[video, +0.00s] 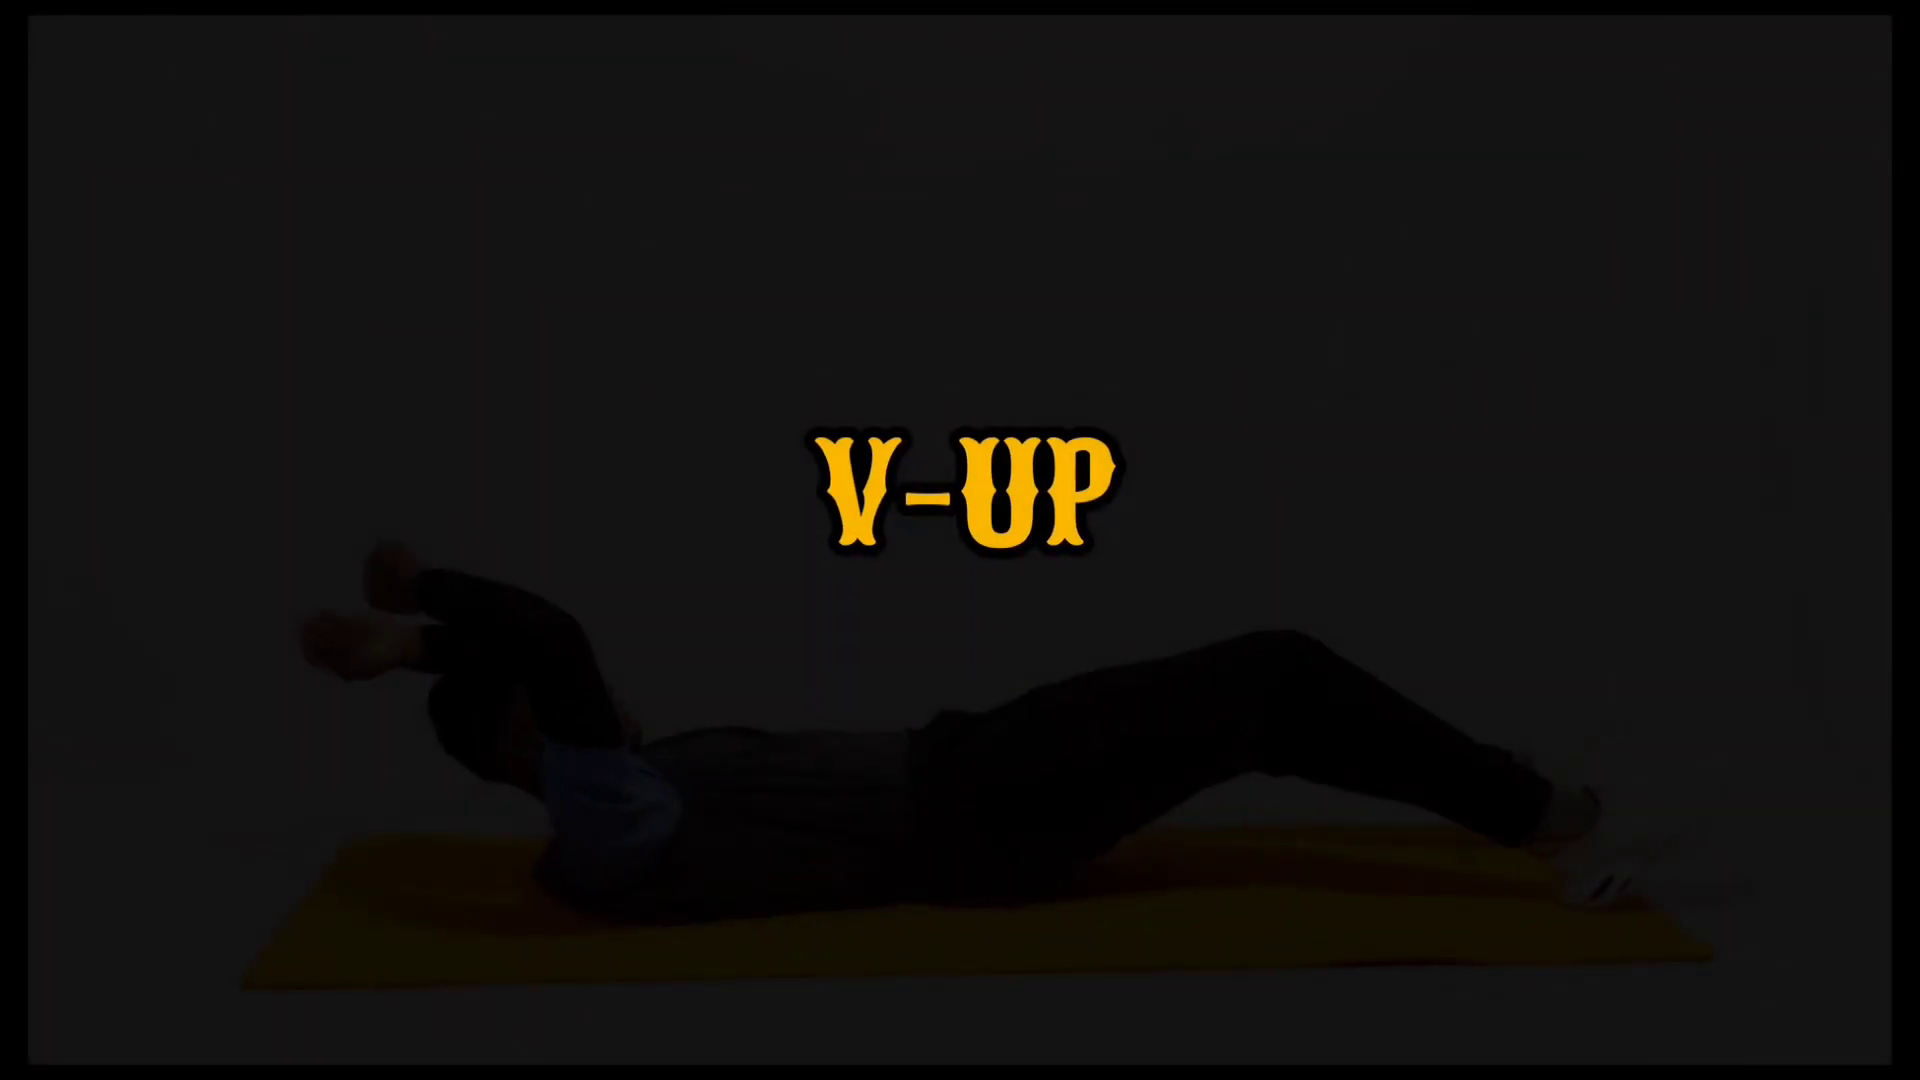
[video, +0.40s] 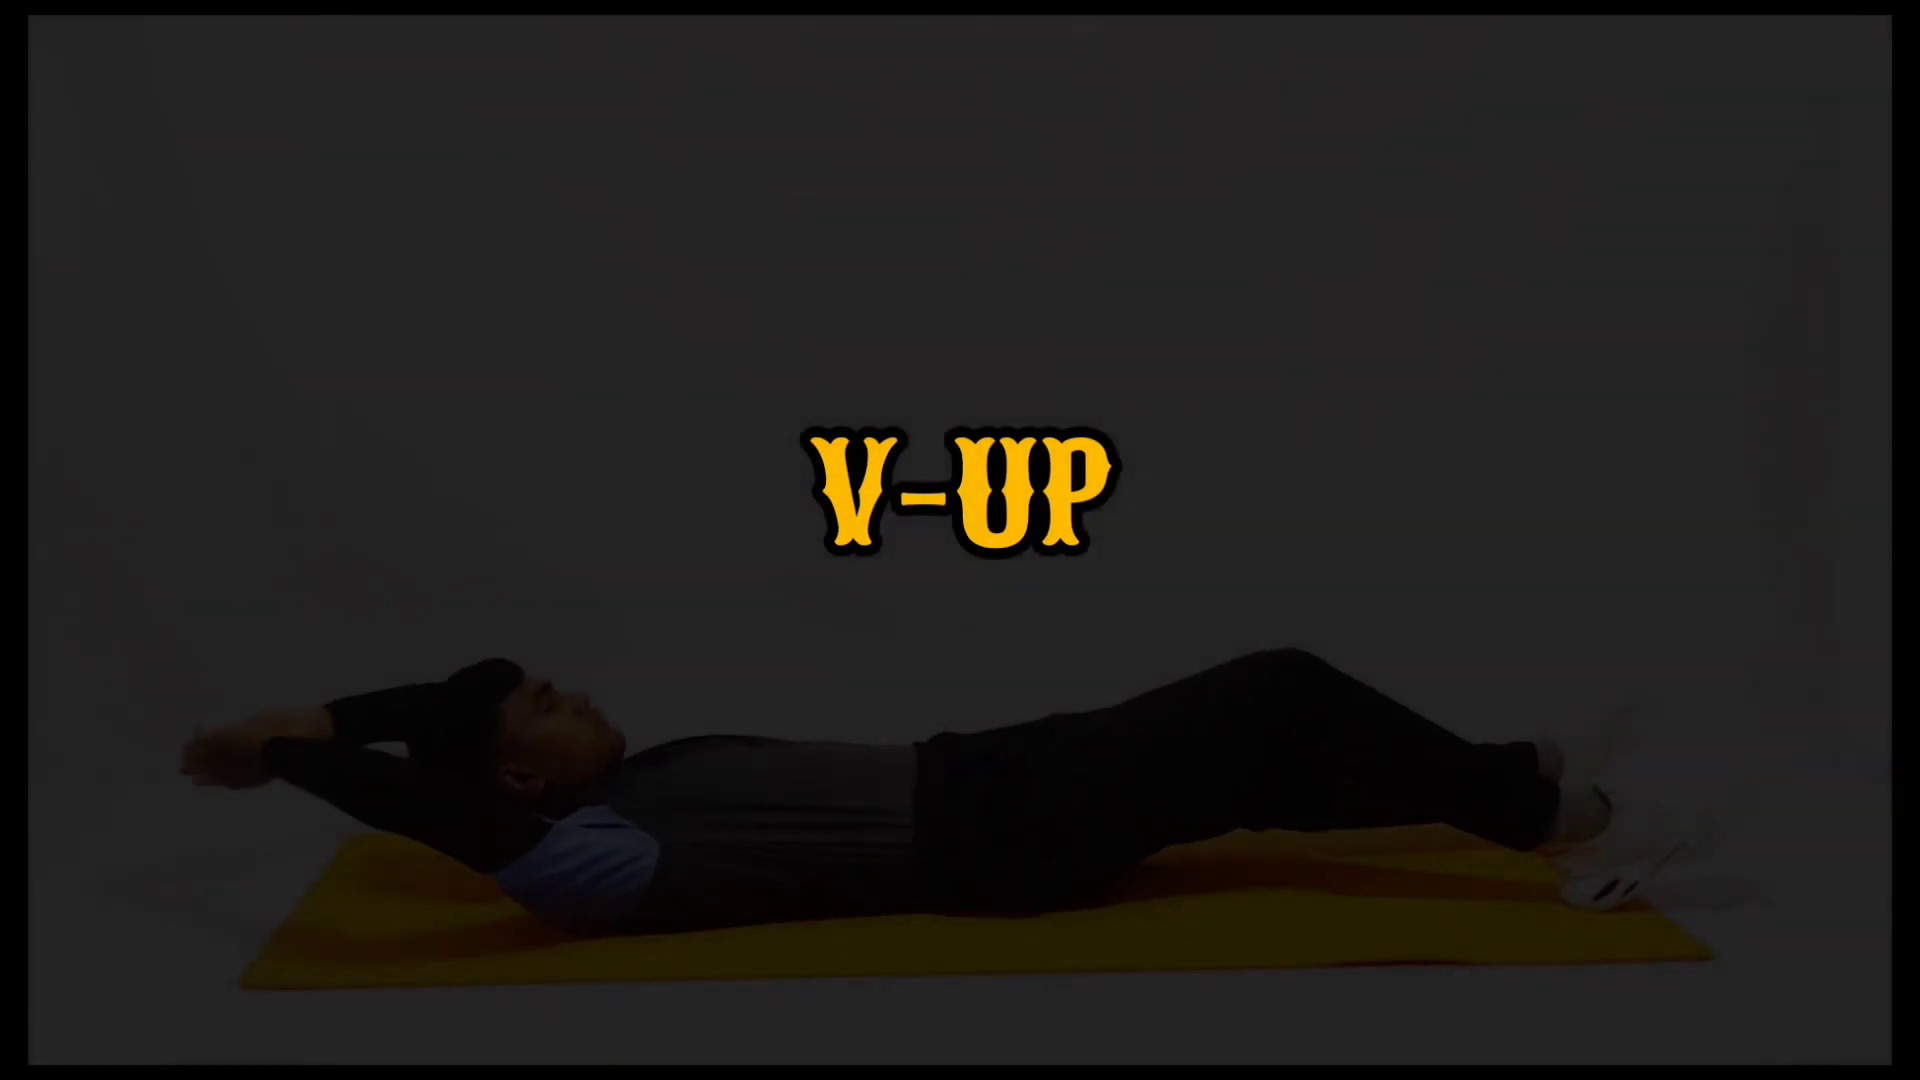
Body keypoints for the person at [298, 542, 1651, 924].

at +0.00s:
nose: (537, 728)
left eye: (528, 715)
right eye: (518, 725)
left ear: (529, 743)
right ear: (518, 752)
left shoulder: (616, 798)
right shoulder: (602, 821)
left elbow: (545, 659)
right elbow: (546, 653)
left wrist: (420, 623)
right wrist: (420, 627)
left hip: (972, 788)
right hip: (966, 813)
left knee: (1264, 673)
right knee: (1264, 676)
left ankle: (1526, 808)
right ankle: (1529, 816)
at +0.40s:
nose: (570, 710)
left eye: (550, 702)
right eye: (538, 721)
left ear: (559, 729)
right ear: (516, 781)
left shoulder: (638, 781)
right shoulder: (601, 853)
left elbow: (477, 724)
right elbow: (456, 825)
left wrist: (320, 728)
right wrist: (297, 757)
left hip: (1001, 765)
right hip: (999, 823)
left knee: (1280, 684)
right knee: (1274, 704)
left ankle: (1500, 787)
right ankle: (1516, 803)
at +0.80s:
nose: (503, 776)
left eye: (487, 766)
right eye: (482, 793)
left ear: (514, 766)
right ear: (487, 836)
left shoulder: (613, 781)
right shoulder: (587, 856)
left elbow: (378, 822)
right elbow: (418, 910)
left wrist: (183, 859)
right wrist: (213, 919)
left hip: (981, 760)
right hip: (981, 826)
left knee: (1288, 729)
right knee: (1284, 768)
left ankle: (1546, 802)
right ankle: (1551, 815)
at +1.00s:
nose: (504, 779)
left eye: (488, 771)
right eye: (485, 797)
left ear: (516, 778)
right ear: (489, 845)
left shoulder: (614, 788)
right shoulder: (587, 858)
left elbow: (380, 833)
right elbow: (415, 910)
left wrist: (192, 862)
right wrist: (203, 918)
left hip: (967, 758)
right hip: (956, 826)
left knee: (1240, 766)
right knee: (1245, 817)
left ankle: (1519, 805)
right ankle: (1547, 827)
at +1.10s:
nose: (501, 790)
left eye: (487, 777)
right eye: (482, 808)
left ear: (519, 770)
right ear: (490, 848)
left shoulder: (615, 781)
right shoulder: (592, 855)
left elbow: (383, 830)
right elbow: (415, 906)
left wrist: (191, 863)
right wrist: (200, 917)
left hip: (975, 757)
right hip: (958, 825)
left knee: (1251, 765)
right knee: (1253, 824)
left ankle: (1528, 801)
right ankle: (1559, 835)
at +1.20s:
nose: (500, 780)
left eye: (483, 772)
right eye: (481, 797)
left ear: (513, 780)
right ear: (490, 844)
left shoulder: (611, 789)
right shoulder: (591, 857)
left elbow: (380, 833)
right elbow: (429, 911)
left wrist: (188, 864)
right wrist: (246, 923)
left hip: (973, 758)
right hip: (965, 825)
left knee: (1245, 769)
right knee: (1251, 824)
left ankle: (1519, 803)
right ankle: (1552, 828)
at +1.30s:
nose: (506, 775)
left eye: (489, 767)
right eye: (486, 795)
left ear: (518, 773)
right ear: (492, 844)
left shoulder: (611, 785)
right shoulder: (591, 857)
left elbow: (379, 825)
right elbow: (429, 910)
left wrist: (183, 860)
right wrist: (209, 923)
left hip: (976, 759)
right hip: (966, 831)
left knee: (1245, 767)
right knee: (1250, 830)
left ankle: (1521, 808)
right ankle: (1553, 840)